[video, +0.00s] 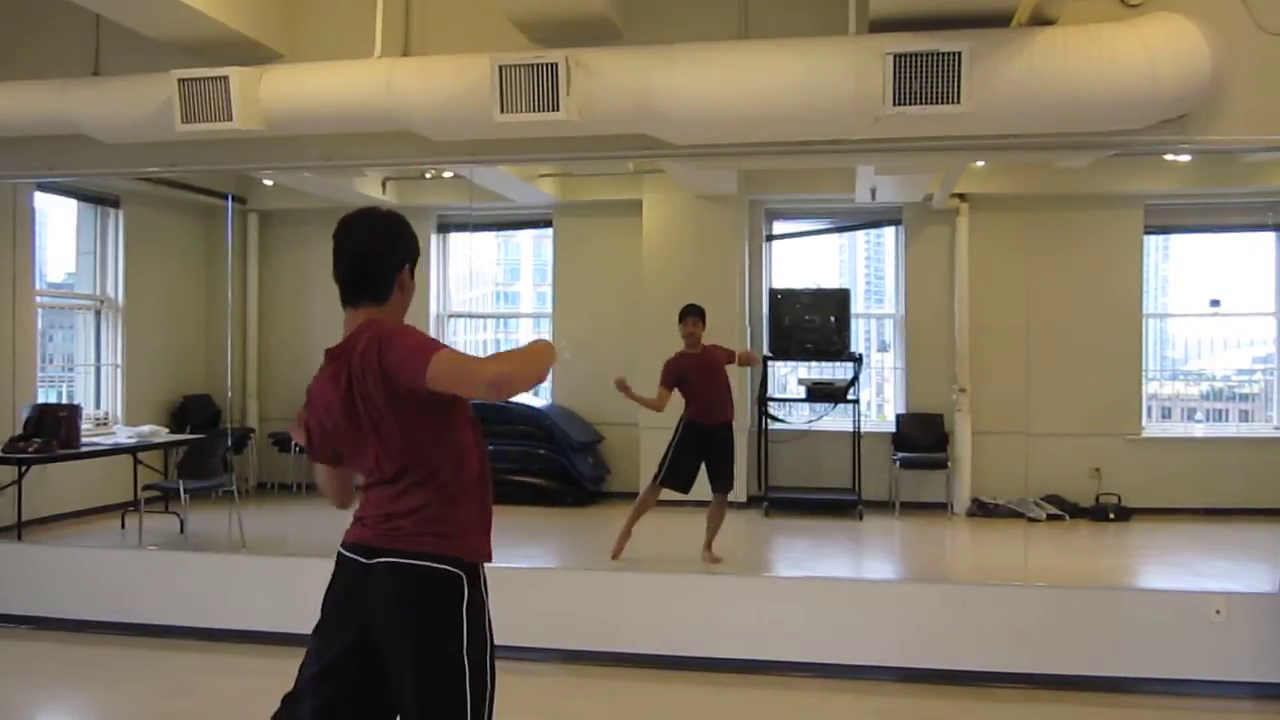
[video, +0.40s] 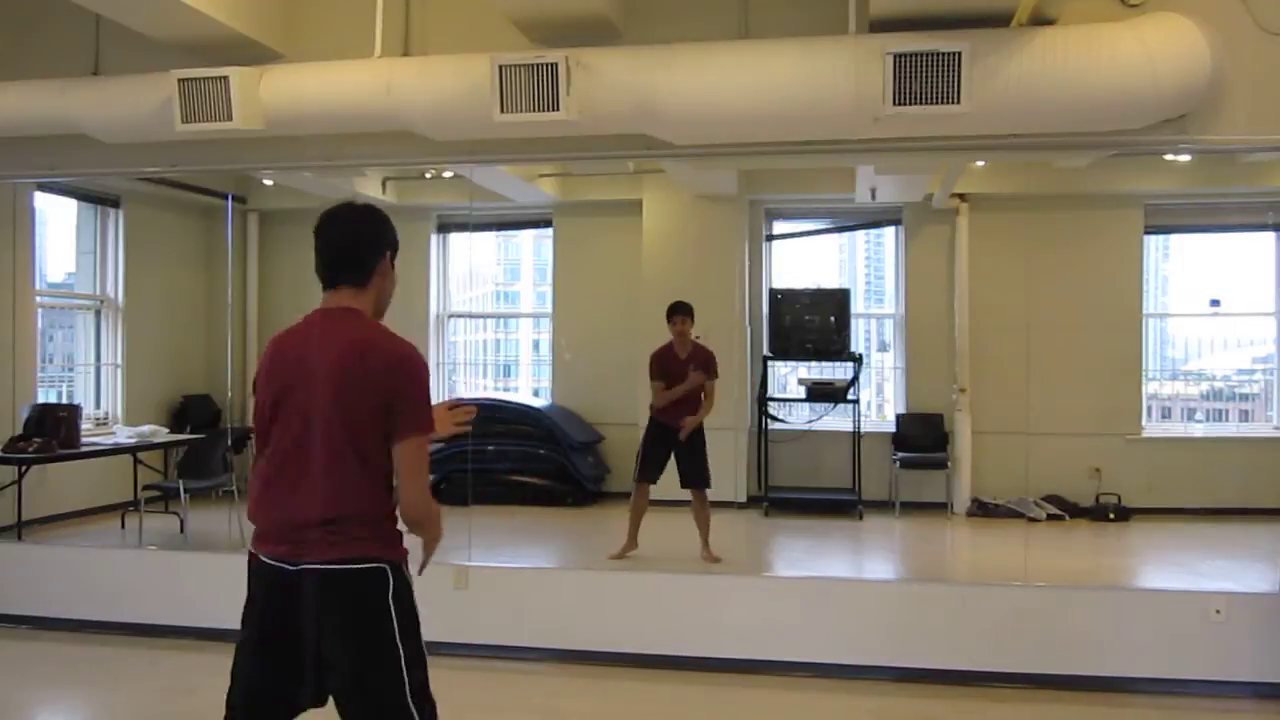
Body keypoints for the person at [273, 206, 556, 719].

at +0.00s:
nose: (416, 282)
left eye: (416, 270)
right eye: (415, 270)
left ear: (341, 276)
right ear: (404, 276)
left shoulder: (327, 378)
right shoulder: (396, 345)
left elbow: (337, 491)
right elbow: (490, 381)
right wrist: (545, 349)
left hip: (359, 574)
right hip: (435, 582)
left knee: (317, 709)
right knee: (451, 711)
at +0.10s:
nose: (430, 280)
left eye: (428, 266)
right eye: (429, 268)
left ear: (357, 269)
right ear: (421, 274)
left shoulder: (310, 360)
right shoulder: (407, 345)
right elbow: (490, 398)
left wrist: (265, 430)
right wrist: (561, 398)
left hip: (344, 587)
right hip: (423, 589)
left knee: (318, 711)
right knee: (446, 711)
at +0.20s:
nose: (435, 291)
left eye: (433, 278)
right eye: (435, 279)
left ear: (362, 276)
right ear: (425, 285)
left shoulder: (296, 350)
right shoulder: (409, 365)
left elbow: (213, 423)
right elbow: (537, 442)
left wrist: (291, 420)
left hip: (315, 597)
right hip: (398, 595)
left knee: (311, 711)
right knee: (446, 711)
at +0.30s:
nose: (426, 294)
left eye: (424, 280)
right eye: (426, 281)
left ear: (353, 275)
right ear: (416, 284)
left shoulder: (291, 354)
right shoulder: (401, 372)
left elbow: (232, 462)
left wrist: (297, 464)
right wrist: (487, 513)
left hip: (288, 593)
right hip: (370, 594)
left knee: (287, 711)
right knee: (422, 711)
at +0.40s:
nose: (397, 277)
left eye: (396, 263)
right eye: (396, 262)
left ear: (322, 265)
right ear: (384, 264)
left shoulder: (277, 351)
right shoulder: (397, 357)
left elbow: (270, 464)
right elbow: (413, 504)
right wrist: (430, 530)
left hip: (276, 583)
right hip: (362, 587)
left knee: (252, 711)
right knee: (398, 712)